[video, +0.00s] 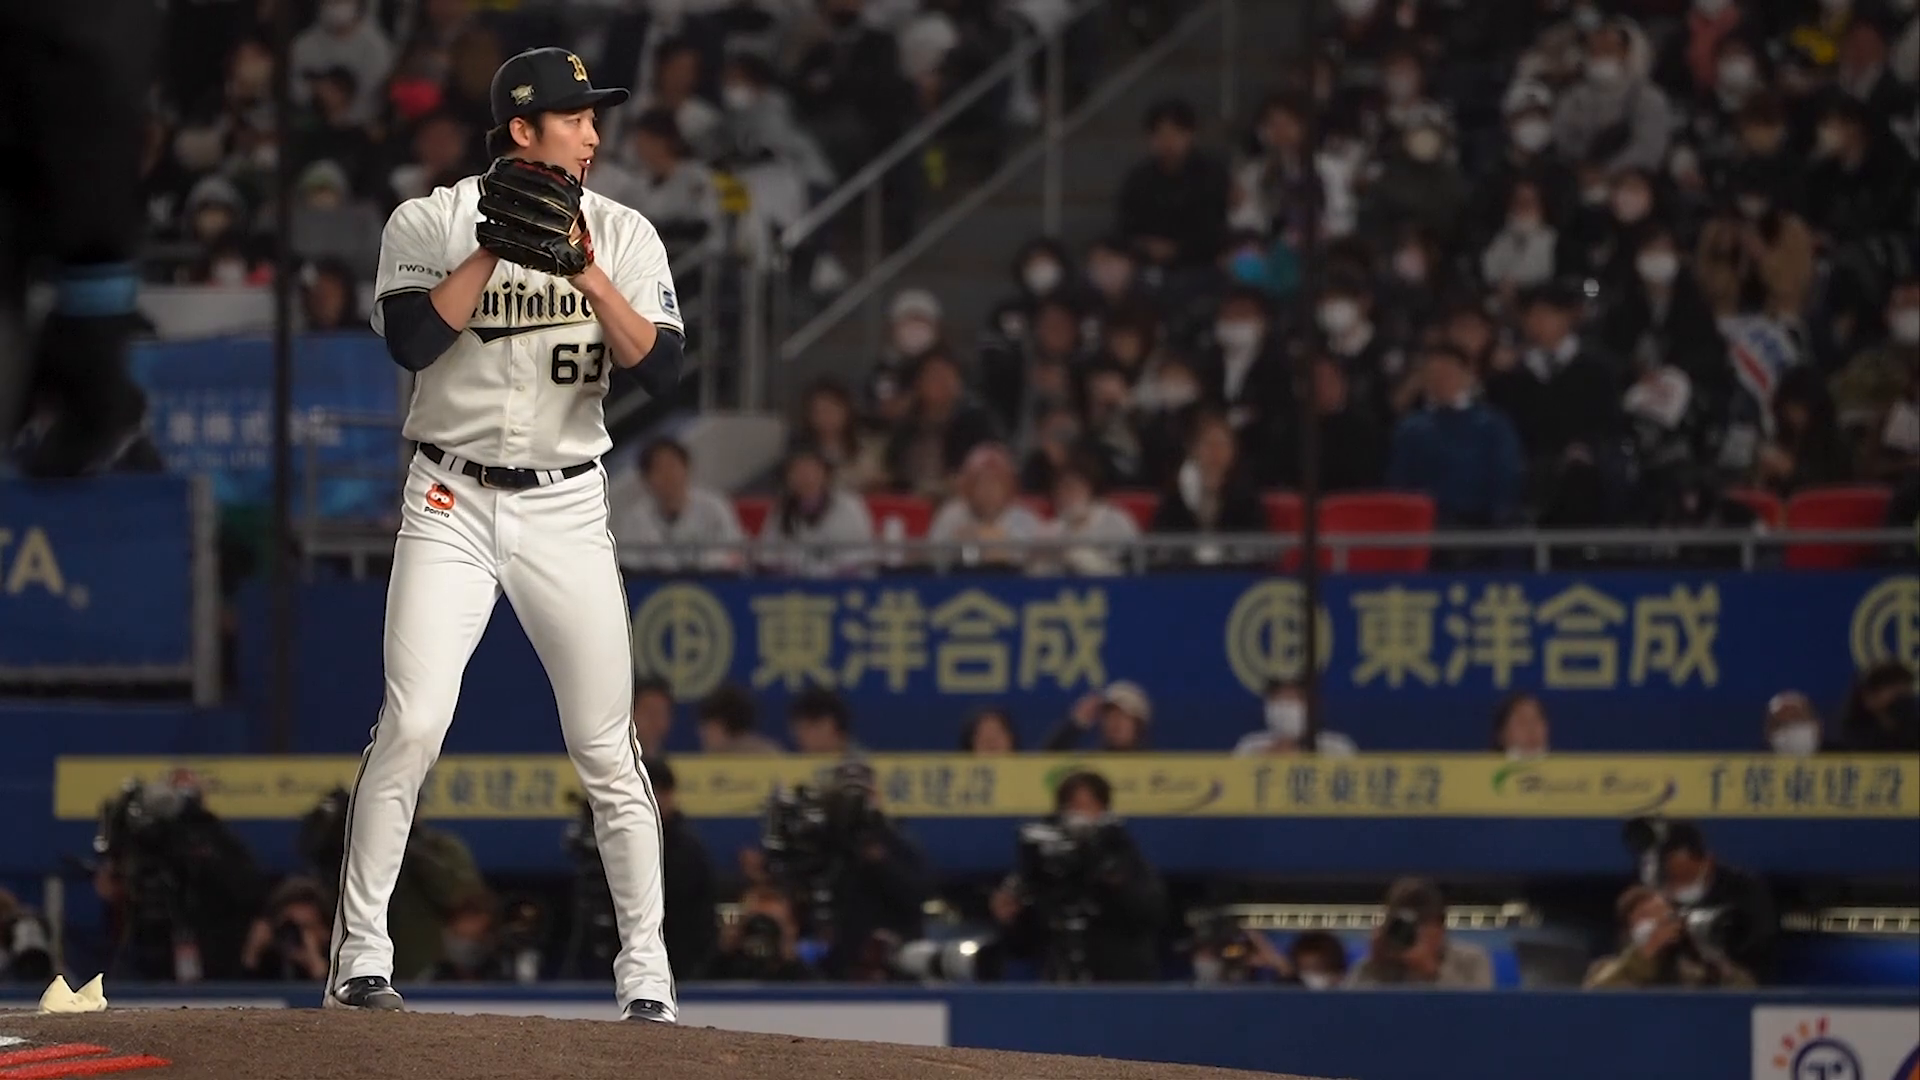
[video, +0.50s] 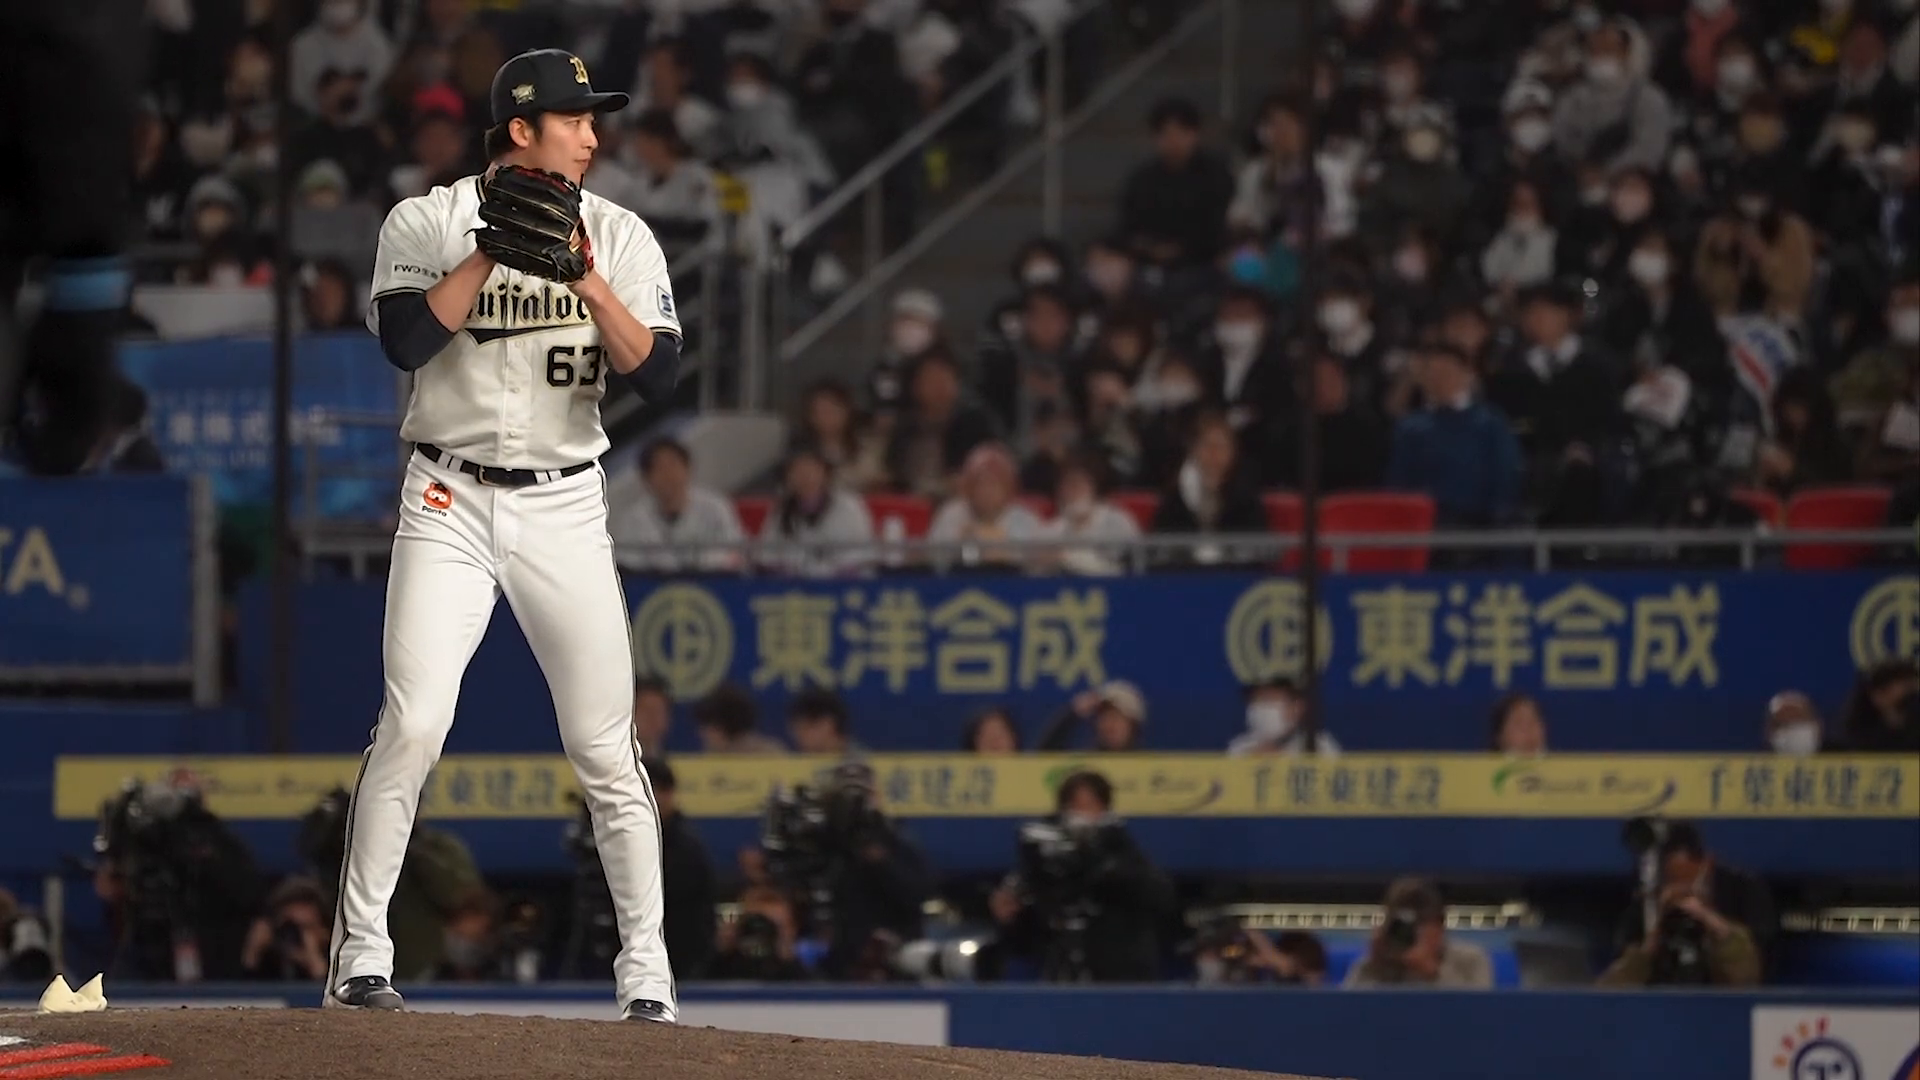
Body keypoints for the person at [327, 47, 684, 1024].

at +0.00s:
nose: (590, 131)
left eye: (593, 115)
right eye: (571, 115)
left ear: (589, 130)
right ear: (518, 127)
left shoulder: (626, 235)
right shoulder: (429, 221)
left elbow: (660, 372)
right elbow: (409, 345)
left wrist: (590, 277)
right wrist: (493, 248)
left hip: (567, 512)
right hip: (448, 503)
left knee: (605, 749)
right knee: (412, 722)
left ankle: (647, 978)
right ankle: (360, 959)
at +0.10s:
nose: (591, 131)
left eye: (593, 115)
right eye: (572, 115)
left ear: (590, 130)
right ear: (519, 126)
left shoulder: (626, 235)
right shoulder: (431, 220)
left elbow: (663, 372)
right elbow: (409, 342)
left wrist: (591, 276)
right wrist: (495, 246)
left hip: (568, 511)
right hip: (448, 502)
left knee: (605, 750)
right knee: (412, 724)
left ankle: (646, 978)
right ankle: (361, 960)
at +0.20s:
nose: (591, 133)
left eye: (595, 117)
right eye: (573, 116)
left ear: (591, 132)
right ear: (519, 126)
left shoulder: (625, 235)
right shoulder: (430, 219)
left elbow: (660, 371)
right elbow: (407, 340)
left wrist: (592, 276)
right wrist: (494, 243)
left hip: (567, 512)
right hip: (447, 502)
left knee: (604, 749)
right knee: (412, 722)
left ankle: (646, 978)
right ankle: (359, 958)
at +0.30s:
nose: (591, 133)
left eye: (594, 118)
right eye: (573, 117)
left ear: (590, 132)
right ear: (518, 127)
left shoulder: (625, 236)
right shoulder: (429, 220)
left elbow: (657, 371)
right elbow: (407, 341)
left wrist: (590, 275)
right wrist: (494, 245)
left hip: (566, 512)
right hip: (448, 503)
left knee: (604, 749)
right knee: (414, 723)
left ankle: (647, 977)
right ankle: (359, 958)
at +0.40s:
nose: (592, 133)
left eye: (594, 118)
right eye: (574, 117)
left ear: (589, 132)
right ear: (519, 126)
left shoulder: (624, 236)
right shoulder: (428, 220)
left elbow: (659, 373)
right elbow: (408, 343)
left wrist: (588, 276)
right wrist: (492, 247)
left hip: (567, 512)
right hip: (449, 503)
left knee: (605, 749)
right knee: (414, 724)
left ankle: (647, 976)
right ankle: (359, 958)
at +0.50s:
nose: (592, 133)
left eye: (593, 118)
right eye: (574, 117)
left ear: (585, 133)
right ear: (517, 128)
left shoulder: (624, 238)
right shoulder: (429, 220)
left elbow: (659, 380)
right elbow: (403, 343)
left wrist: (589, 281)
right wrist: (491, 250)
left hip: (566, 511)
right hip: (447, 501)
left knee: (603, 748)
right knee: (413, 724)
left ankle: (645, 970)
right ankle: (361, 957)